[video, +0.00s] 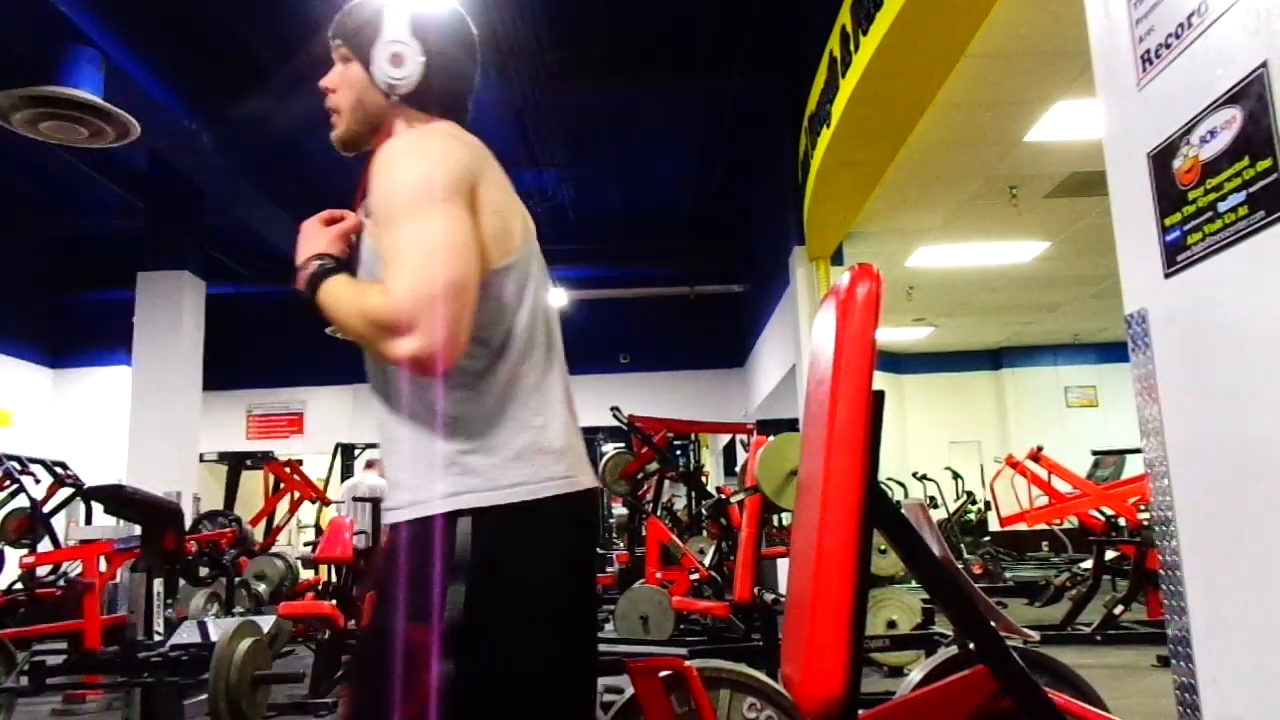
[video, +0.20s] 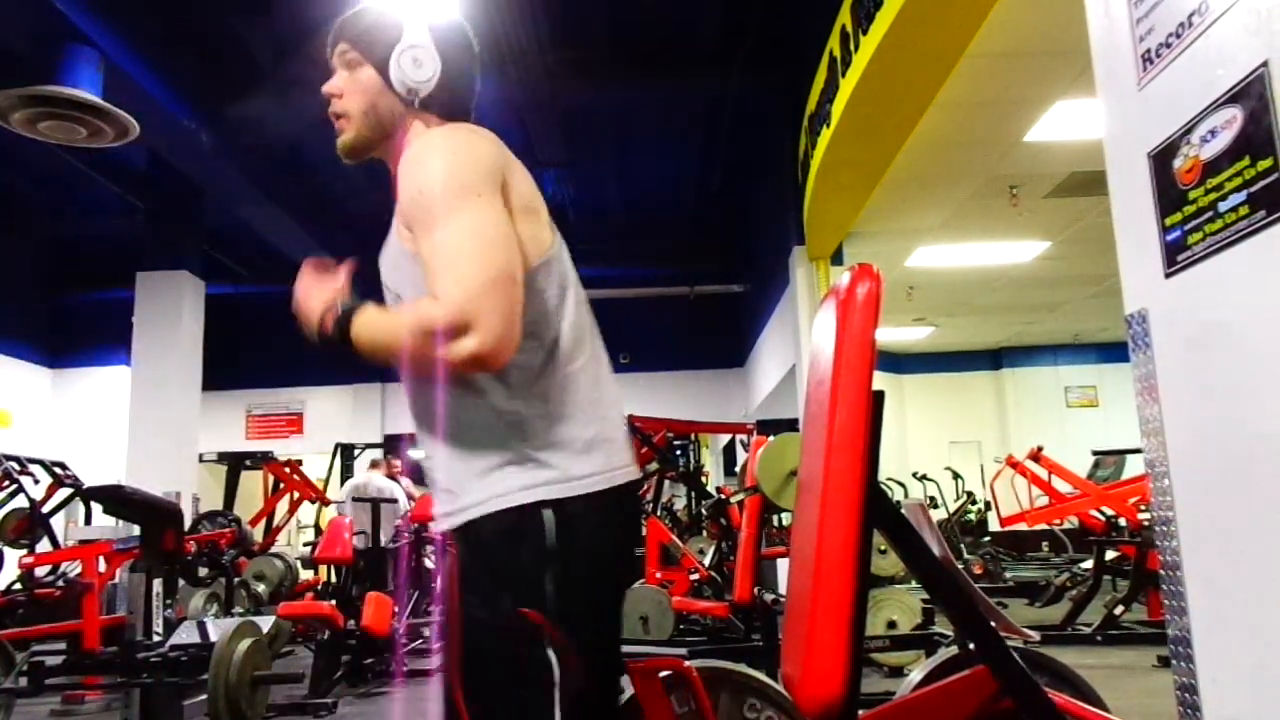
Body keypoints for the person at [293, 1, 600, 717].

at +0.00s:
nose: (323, 81)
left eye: (341, 62)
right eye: (329, 63)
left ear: (396, 66)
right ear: (402, 70)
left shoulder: (419, 155)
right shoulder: (468, 160)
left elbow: (426, 330)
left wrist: (318, 274)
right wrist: (376, 244)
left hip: (476, 518)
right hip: (531, 509)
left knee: (433, 708)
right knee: (529, 707)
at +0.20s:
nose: (330, 88)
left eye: (350, 67)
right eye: (331, 70)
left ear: (408, 69)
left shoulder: (447, 156)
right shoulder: (429, 172)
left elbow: (483, 333)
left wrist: (341, 316)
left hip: (544, 509)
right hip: (512, 508)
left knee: (532, 706)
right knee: (496, 702)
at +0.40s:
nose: (305, 186)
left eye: (318, 156)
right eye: (298, 167)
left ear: (377, 138)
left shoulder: (442, 200)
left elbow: (523, 374)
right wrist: (389, 524)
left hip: (594, 507)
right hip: (558, 513)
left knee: (543, 705)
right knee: (507, 701)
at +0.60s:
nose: (281, 339)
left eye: (287, 307)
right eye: (267, 325)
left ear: (330, 272)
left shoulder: (420, 307)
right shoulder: (408, 338)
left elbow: (561, 436)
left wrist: (524, 642)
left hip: (655, 528)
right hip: (601, 536)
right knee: (541, 703)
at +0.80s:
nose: (292, 429)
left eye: (294, 397)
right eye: (274, 421)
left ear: (334, 355)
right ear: (268, 430)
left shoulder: (422, 390)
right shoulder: (410, 405)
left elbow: (563, 522)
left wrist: (584, 698)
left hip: (659, 594)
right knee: (474, 712)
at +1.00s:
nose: (327, 448)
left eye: (332, 416)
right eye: (310, 437)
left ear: (379, 379)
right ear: (306, 445)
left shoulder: (462, 433)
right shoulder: (447, 438)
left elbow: (577, 603)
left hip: (683, 673)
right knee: (502, 700)